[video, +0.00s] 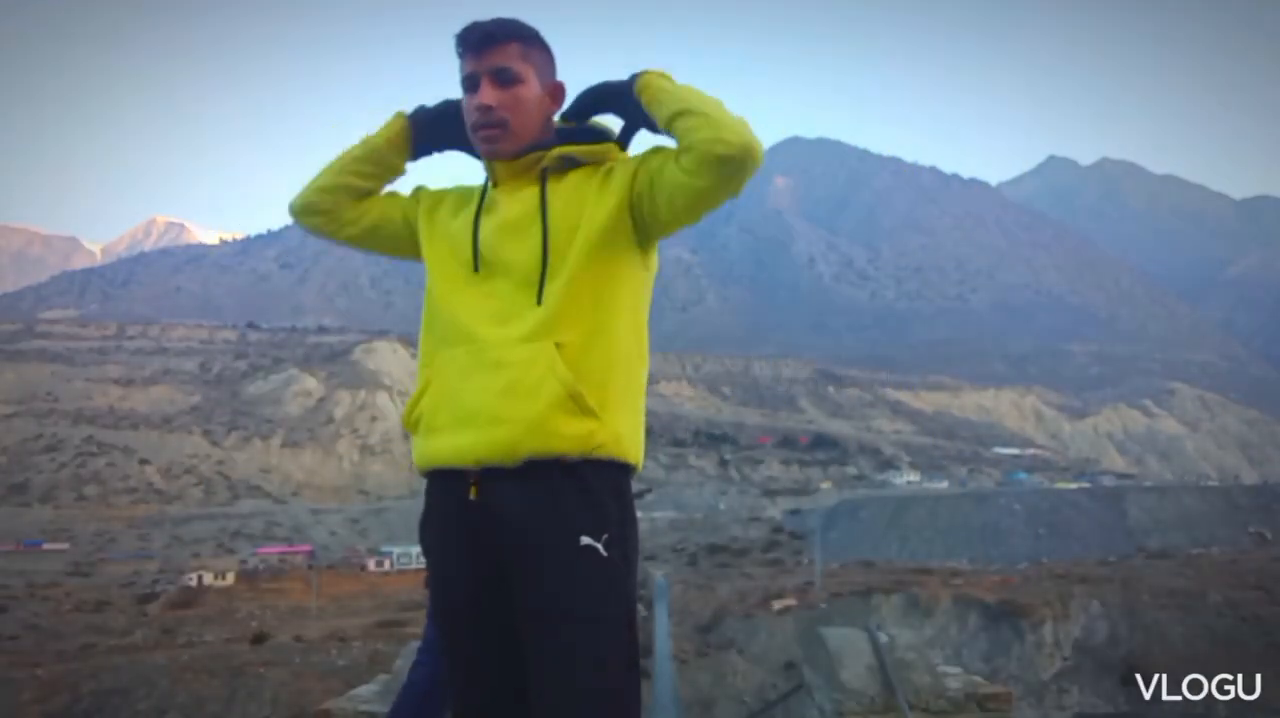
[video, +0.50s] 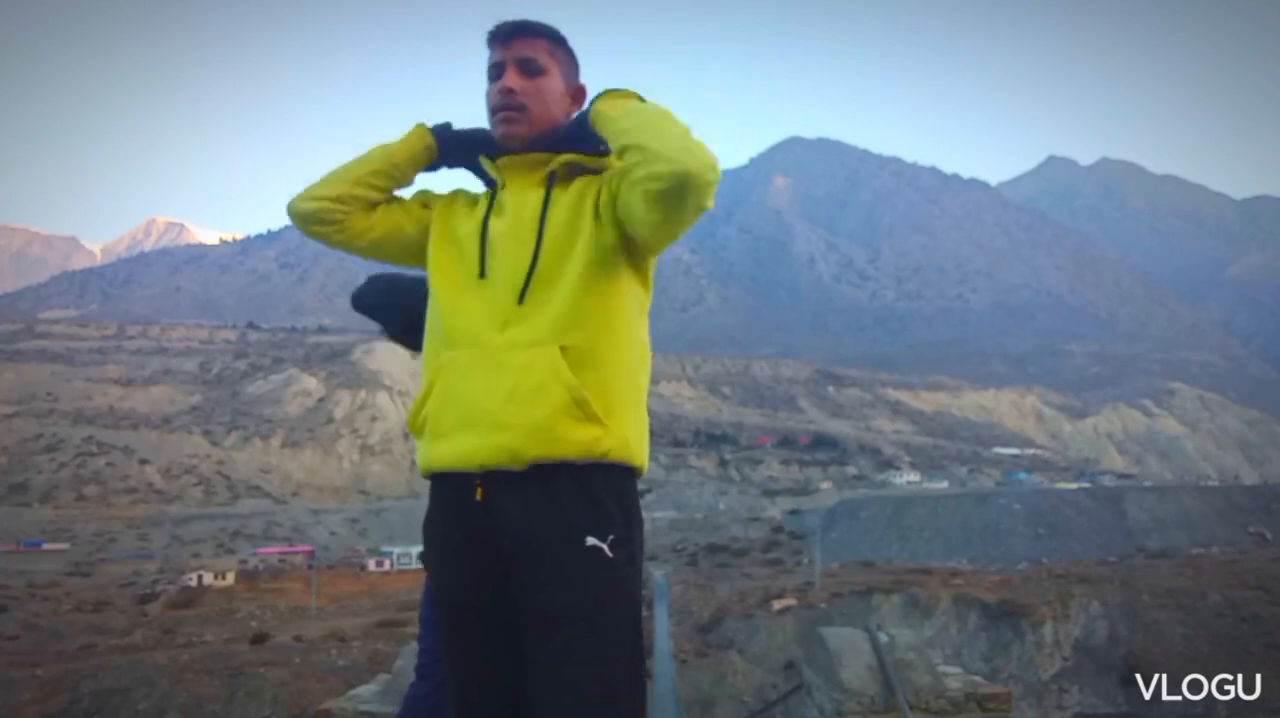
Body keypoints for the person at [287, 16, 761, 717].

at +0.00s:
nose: (483, 98)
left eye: (504, 78)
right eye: (470, 84)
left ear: (554, 96)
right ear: (460, 106)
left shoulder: (616, 187)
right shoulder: (439, 212)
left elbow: (730, 151)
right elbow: (319, 207)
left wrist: (645, 88)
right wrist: (410, 132)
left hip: (574, 496)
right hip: (457, 500)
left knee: (587, 698)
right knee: (474, 696)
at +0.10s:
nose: (482, 99)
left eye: (503, 79)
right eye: (469, 85)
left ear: (553, 95)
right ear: (461, 110)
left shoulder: (620, 184)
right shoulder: (445, 202)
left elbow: (723, 95)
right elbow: (334, 152)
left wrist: (623, 89)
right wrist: (454, 120)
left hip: (574, 492)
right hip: (457, 496)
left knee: (585, 699)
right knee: (474, 698)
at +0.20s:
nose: (483, 97)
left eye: (505, 77)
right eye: (471, 83)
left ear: (554, 94)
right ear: (463, 109)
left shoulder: (622, 184)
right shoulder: (447, 203)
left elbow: (721, 82)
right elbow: (340, 146)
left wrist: (615, 94)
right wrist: (465, 117)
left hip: (573, 492)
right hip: (457, 495)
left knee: (585, 699)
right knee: (474, 698)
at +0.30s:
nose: (488, 93)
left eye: (511, 75)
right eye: (478, 80)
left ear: (561, 98)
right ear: (471, 103)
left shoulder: (621, 188)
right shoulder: (448, 205)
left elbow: (715, 93)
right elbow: (332, 159)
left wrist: (611, 101)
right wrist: (457, 127)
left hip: (573, 494)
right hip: (456, 498)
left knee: (586, 699)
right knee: (474, 697)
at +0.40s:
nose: (497, 84)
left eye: (522, 70)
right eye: (488, 72)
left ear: (568, 100)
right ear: (480, 98)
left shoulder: (615, 191)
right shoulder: (449, 210)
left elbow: (706, 123)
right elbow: (322, 179)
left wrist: (611, 97)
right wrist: (443, 134)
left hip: (575, 501)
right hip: (458, 503)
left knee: (586, 702)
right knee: (468, 699)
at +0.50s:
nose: (507, 84)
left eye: (530, 69)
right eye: (496, 73)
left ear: (574, 97)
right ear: (486, 97)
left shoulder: (608, 194)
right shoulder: (450, 216)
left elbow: (688, 173)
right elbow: (319, 211)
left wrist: (611, 106)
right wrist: (428, 143)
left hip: (577, 500)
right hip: (460, 502)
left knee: (586, 700)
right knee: (469, 697)